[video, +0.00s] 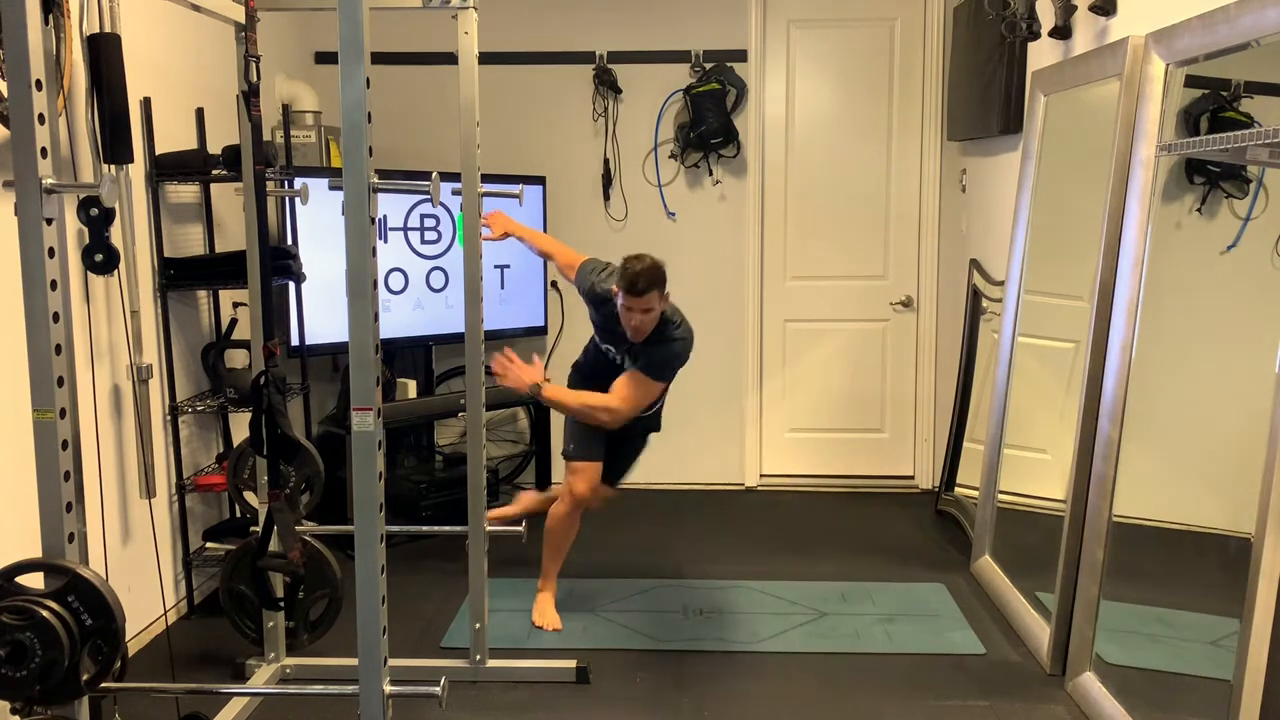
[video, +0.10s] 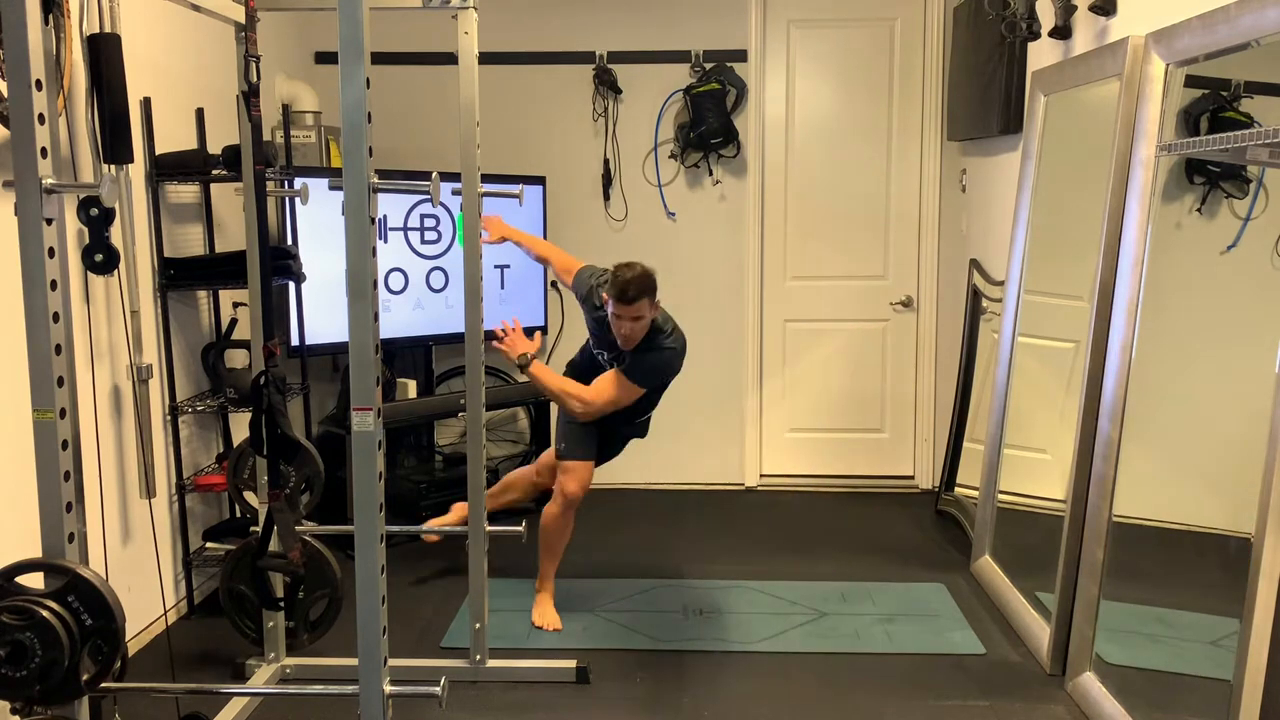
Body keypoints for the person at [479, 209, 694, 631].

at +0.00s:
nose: (635, 321)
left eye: (645, 312)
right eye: (627, 310)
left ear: (664, 302)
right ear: (616, 296)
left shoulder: (675, 338)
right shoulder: (601, 285)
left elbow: (615, 410)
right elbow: (560, 257)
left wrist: (540, 388)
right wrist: (514, 228)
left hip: (639, 409)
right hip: (590, 385)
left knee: (597, 495)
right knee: (577, 491)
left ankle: (531, 502)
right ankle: (546, 592)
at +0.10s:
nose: (625, 329)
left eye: (636, 320)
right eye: (617, 318)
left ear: (655, 308)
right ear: (607, 303)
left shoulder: (666, 348)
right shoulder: (597, 288)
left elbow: (586, 405)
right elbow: (557, 261)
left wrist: (528, 361)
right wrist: (510, 233)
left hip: (623, 420)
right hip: (580, 389)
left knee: (542, 472)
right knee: (572, 490)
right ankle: (545, 591)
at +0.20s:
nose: (628, 333)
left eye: (639, 323)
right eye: (620, 322)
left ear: (656, 312)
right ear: (609, 309)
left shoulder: (670, 347)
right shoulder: (596, 295)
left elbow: (604, 413)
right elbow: (543, 267)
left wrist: (540, 377)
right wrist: (493, 249)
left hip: (623, 420)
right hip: (577, 390)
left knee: (558, 486)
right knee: (568, 490)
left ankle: (478, 509)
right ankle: (544, 591)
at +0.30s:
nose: (643, 330)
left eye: (654, 320)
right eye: (635, 319)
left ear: (669, 307)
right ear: (622, 306)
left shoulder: (682, 337)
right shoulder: (599, 302)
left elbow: (670, 427)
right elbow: (531, 282)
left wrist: (592, 420)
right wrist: (468, 292)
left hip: (632, 410)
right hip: (581, 397)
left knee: (607, 509)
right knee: (571, 495)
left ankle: (547, 515)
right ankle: (545, 592)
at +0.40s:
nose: (666, 314)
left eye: (674, 304)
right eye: (657, 304)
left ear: (685, 291)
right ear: (638, 290)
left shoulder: (702, 319)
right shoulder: (603, 303)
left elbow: (751, 387)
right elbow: (524, 314)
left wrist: (707, 446)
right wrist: (472, 363)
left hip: (655, 407)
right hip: (596, 401)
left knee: (681, 503)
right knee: (574, 501)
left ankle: (669, 529)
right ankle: (544, 594)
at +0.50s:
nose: (693, 291)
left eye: (702, 281)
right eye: (684, 281)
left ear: (713, 270)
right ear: (666, 268)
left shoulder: (733, 288)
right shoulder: (633, 296)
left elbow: (794, 323)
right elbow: (558, 356)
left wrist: (793, 395)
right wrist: (560, 435)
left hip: (695, 390)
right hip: (631, 392)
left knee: (746, 480)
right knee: (591, 488)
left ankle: (785, 554)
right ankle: (546, 587)